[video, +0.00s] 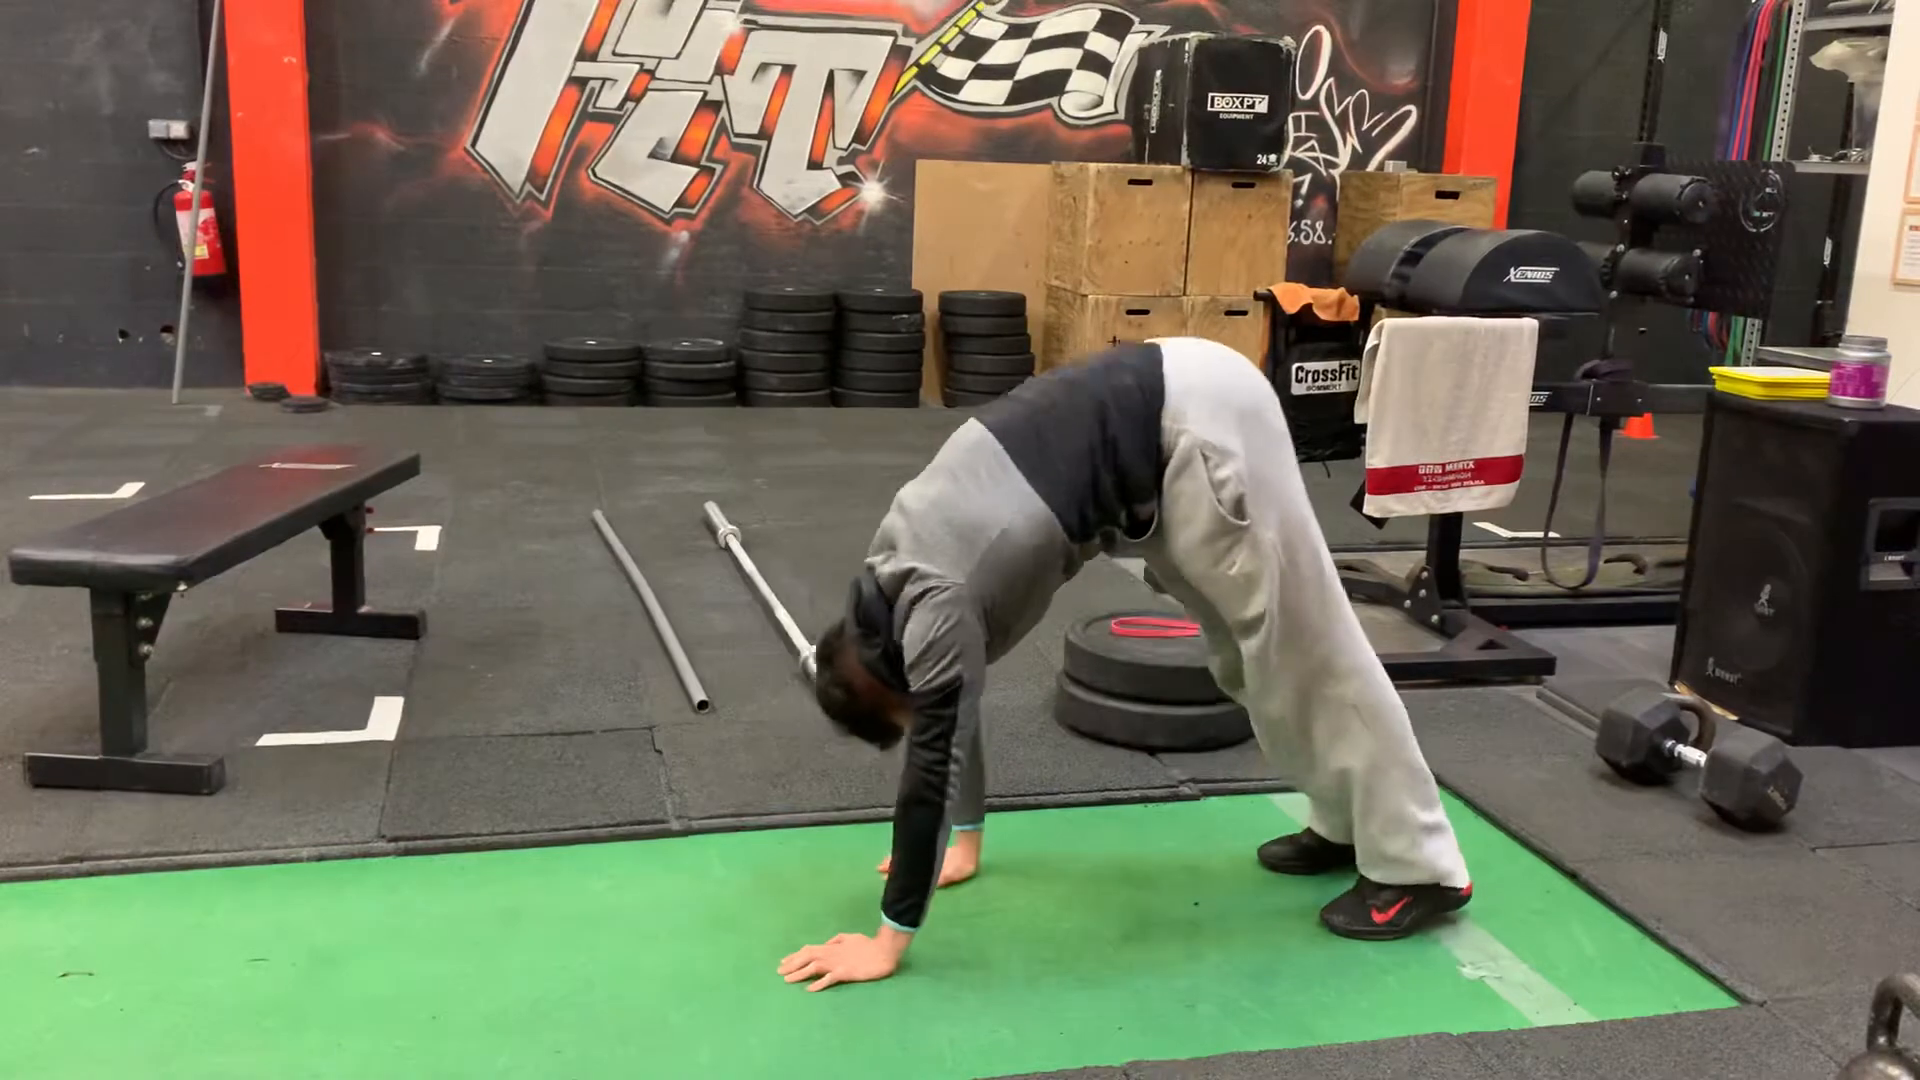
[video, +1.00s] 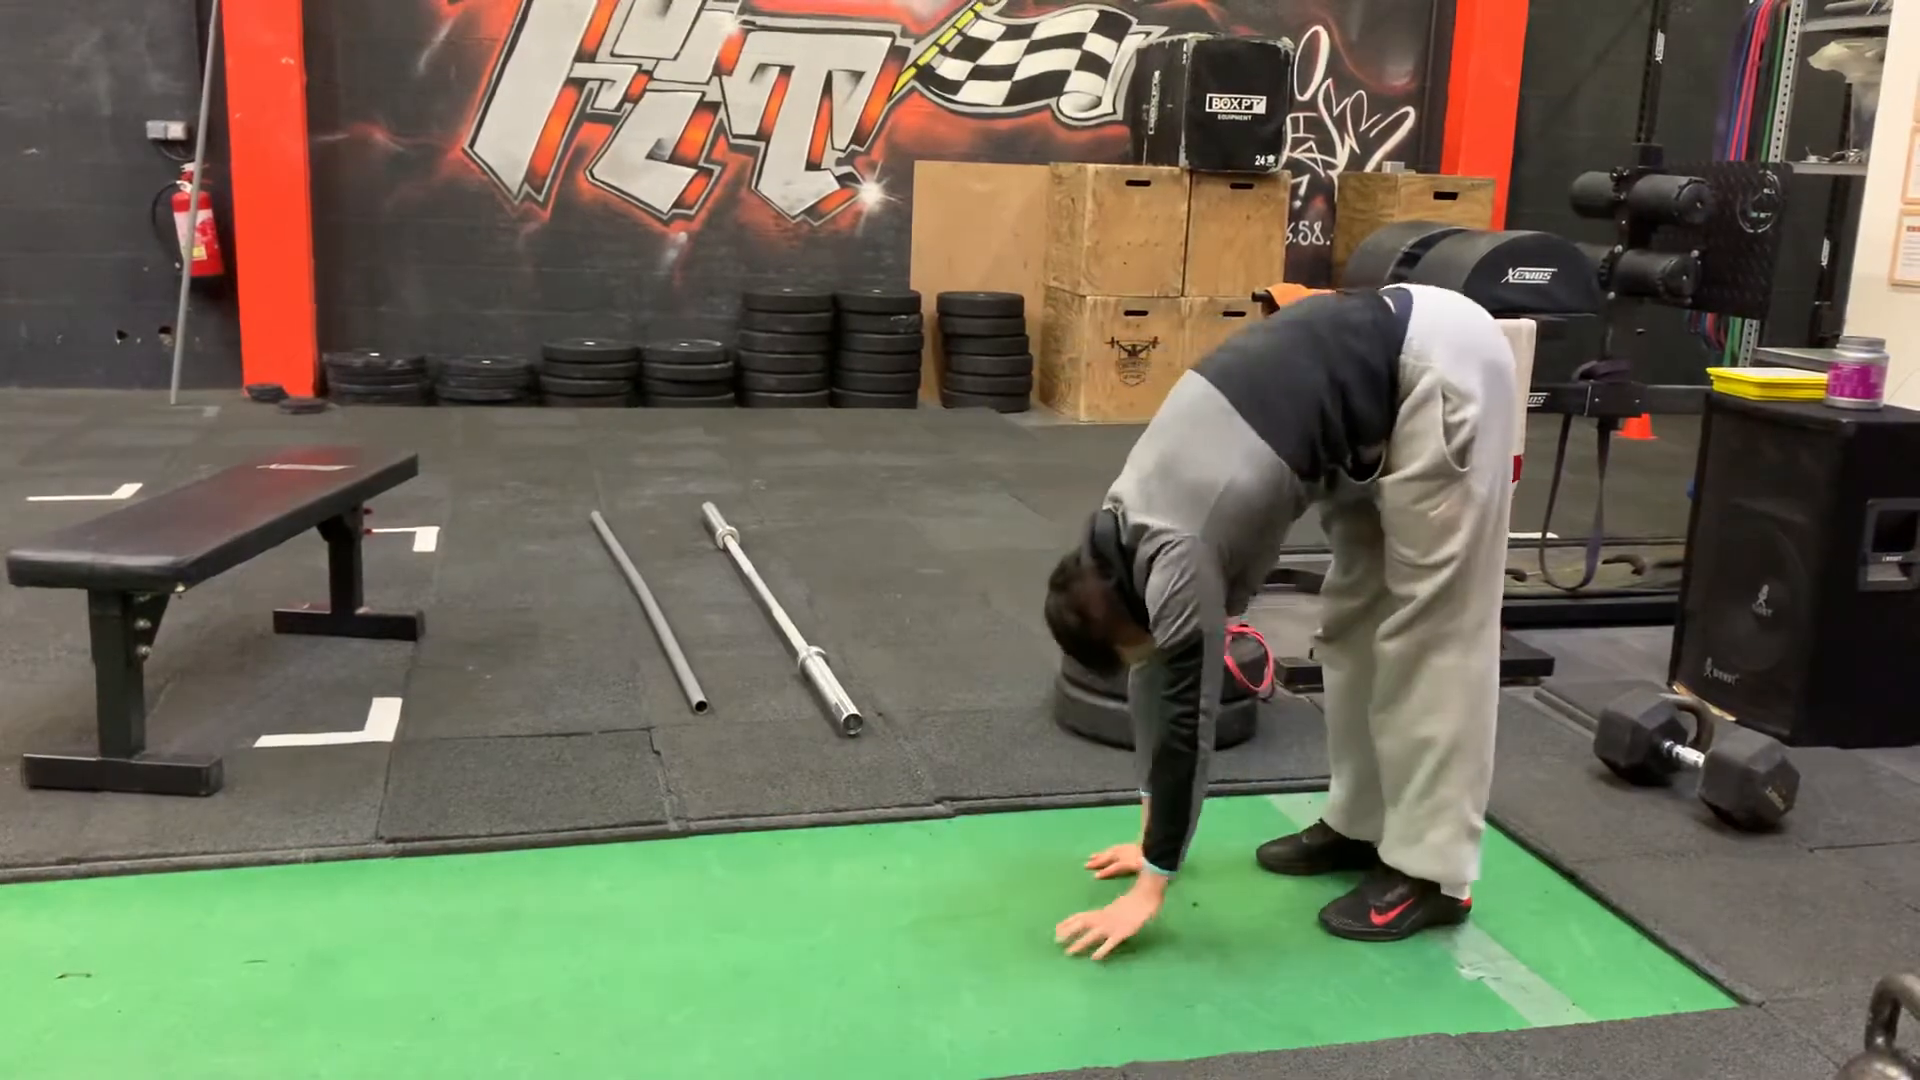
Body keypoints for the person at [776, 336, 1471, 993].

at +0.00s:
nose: (907, 728)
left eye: (899, 720)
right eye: (896, 724)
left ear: (881, 671)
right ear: (866, 661)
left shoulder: (936, 608)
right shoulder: (897, 577)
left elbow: (928, 762)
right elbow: (956, 708)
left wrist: (890, 937)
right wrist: (963, 837)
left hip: (1199, 418)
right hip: (1153, 426)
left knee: (1306, 655)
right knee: (1253, 656)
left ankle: (1426, 869)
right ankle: (1346, 824)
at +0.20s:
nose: (980, 708)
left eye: (974, 701)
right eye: (967, 711)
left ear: (952, 652)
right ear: (929, 643)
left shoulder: (1006, 593)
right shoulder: (943, 575)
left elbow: (1036, 752)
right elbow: (977, 715)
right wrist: (966, 848)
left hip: (1256, 394)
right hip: (1195, 423)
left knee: (1341, 641)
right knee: (1273, 645)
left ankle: (1426, 872)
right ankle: (1352, 824)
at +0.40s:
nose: (1039, 704)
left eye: (1033, 697)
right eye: (1023, 706)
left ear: (1023, 654)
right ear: (988, 638)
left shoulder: (1089, 607)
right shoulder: (1001, 571)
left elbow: (1124, 761)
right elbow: (1005, 718)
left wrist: (1141, 917)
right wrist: (968, 844)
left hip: (1312, 378)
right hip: (1244, 376)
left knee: (1368, 634)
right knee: (1300, 628)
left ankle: (1427, 872)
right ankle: (1349, 824)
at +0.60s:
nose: (1086, 686)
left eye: (1073, 679)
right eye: (1071, 686)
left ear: (1063, 642)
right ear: (1040, 619)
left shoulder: (1119, 592)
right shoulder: (1055, 549)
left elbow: (1137, 750)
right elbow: (1132, 703)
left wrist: (1140, 919)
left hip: (1366, 372)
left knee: (1393, 639)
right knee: (1324, 631)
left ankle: (1429, 873)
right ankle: (1352, 823)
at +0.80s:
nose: (1121, 687)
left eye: (1108, 680)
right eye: (1107, 686)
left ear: (1094, 631)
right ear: (1076, 615)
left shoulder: (1148, 585)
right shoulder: (1100, 551)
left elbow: (1156, 748)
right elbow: (1156, 712)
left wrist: (1138, 918)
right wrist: (1152, 834)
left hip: (1404, 370)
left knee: (1410, 638)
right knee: (1341, 629)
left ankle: (1432, 874)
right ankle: (1358, 825)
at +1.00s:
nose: (1144, 659)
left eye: (1135, 650)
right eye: (1133, 657)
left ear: (1121, 612)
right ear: (1110, 602)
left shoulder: (1178, 555)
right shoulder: (1123, 528)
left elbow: (1185, 723)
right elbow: (1161, 688)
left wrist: (1151, 884)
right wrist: (1155, 833)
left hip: (1442, 365)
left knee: (1429, 631)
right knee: (1355, 624)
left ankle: (1434, 873)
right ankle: (1359, 827)